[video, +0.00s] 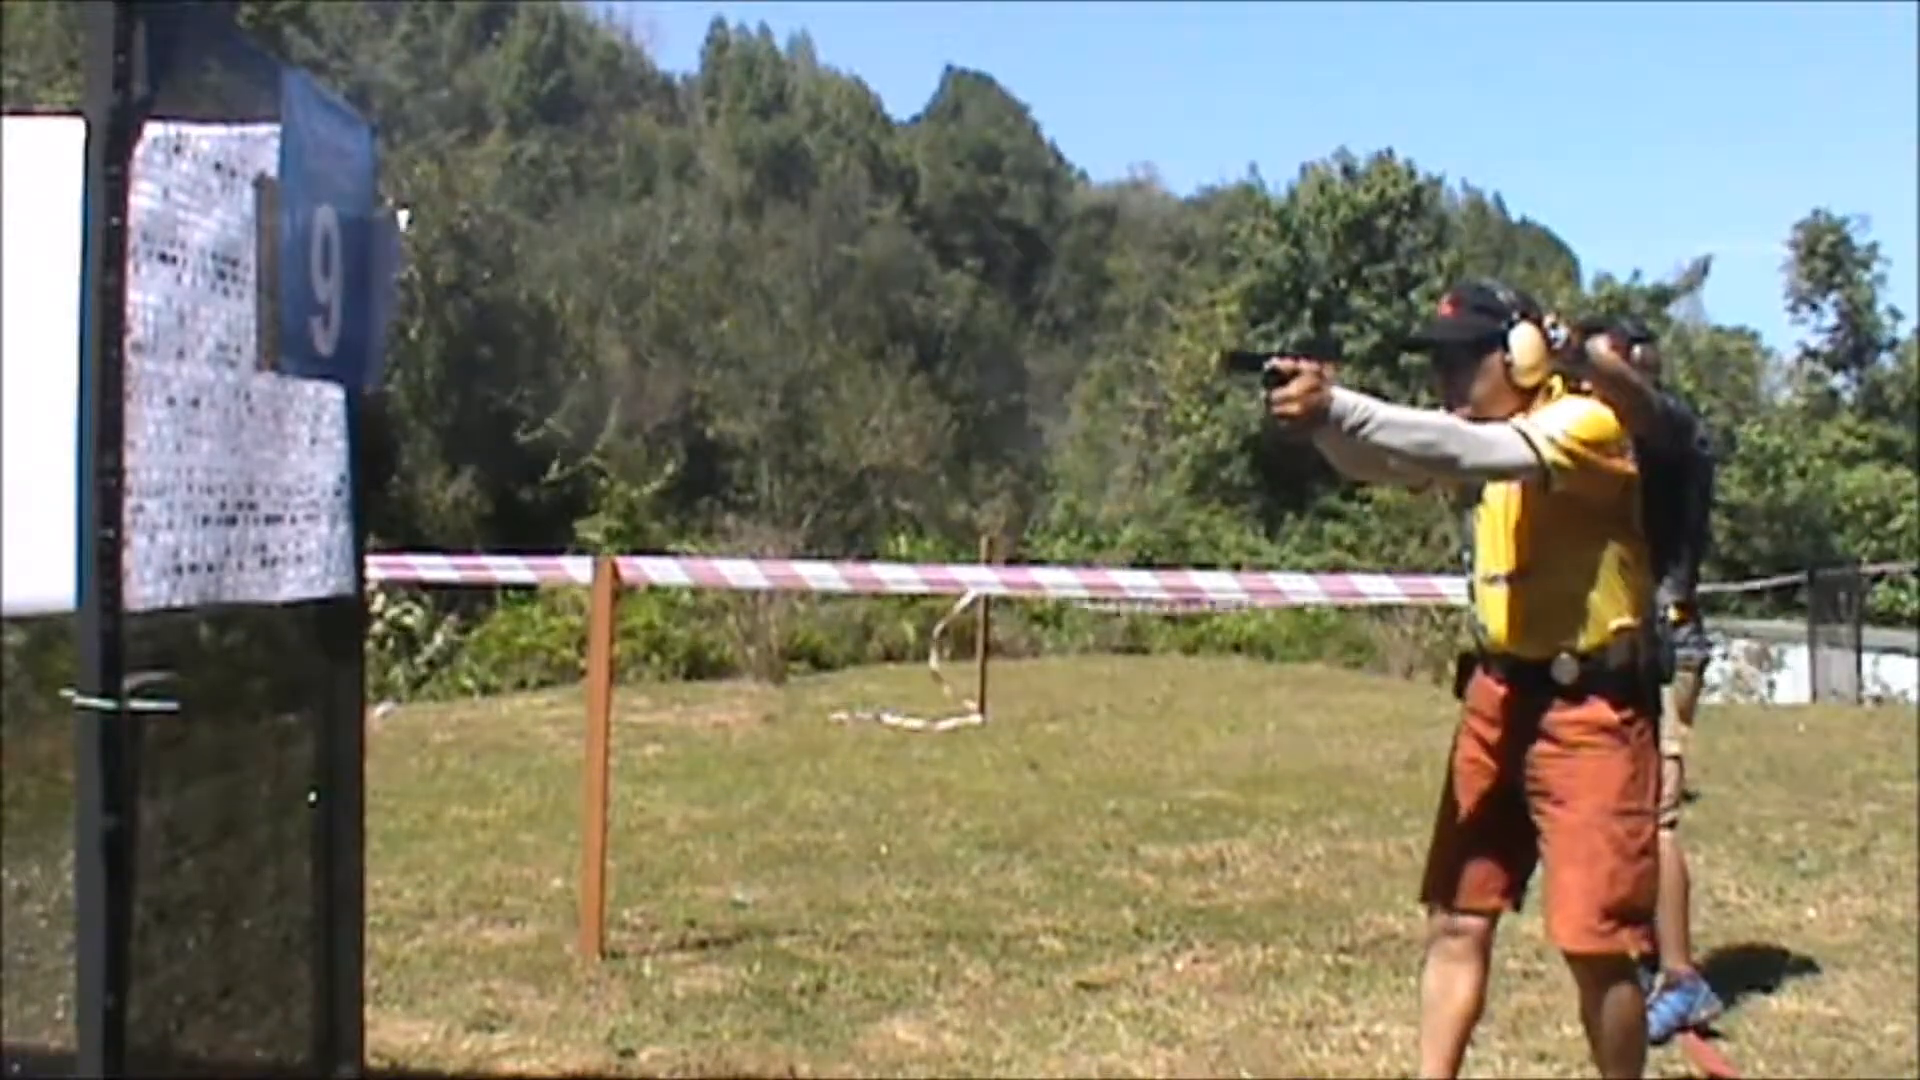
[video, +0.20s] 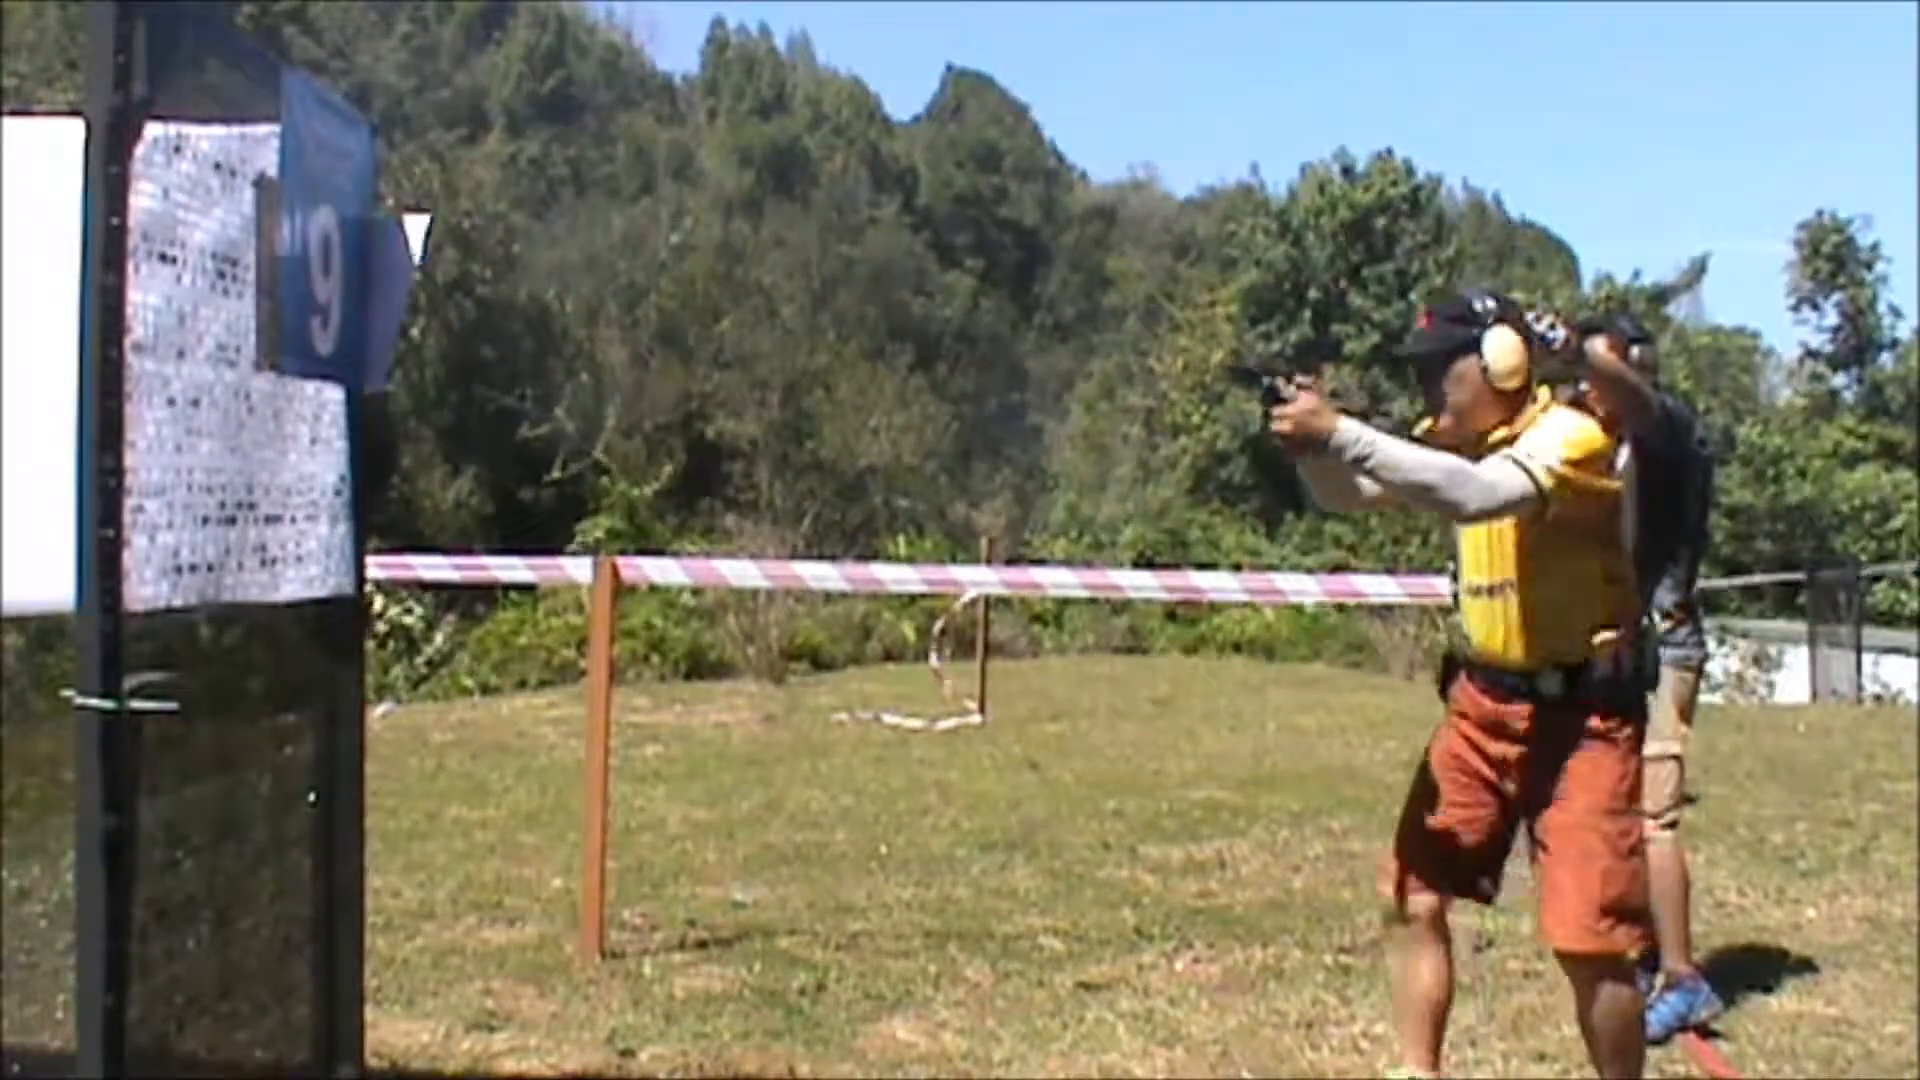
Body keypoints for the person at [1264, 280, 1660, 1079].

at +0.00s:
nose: (1447, 387)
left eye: (1461, 366)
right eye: (1441, 367)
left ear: (1512, 356)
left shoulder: (1589, 420)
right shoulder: (1485, 435)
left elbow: (1474, 447)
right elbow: (1393, 467)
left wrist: (1339, 404)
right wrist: (1320, 421)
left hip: (1595, 708)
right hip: (1499, 698)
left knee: (1596, 943)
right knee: (1460, 919)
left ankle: (1624, 1073)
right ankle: (1433, 1072)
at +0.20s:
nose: (1432, 394)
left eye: (1443, 373)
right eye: (1430, 376)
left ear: (1498, 367)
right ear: (1467, 375)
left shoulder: (1574, 431)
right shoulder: (1461, 448)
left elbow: (1481, 492)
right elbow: (1348, 496)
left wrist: (1343, 432)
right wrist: (1308, 444)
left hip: (1586, 718)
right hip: (1485, 708)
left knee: (1590, 942)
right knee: (1418, 899)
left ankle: (1622, 1074)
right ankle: (1418, 1069)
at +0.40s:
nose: (1389, 469)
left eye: (1402, 461)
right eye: (1394, 457)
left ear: (1441, 475)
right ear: (1423, 468)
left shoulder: (1523, 526)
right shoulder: (1394, 515)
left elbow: (1420, 618)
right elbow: (1297, 605)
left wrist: (1277, 570)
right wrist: (1247, 581)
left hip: (1535, 773)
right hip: (1433, 757)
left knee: (1548, 972)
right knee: (1311, 901)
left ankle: (1606, 1073)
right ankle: (1294, 1062)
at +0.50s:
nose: (1296, 509)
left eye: (1304, 495)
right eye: (1297, 495)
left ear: (1343, 502)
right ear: (1322, 507)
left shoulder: (1426, 544)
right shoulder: (1315, 564)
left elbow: (1422, 644)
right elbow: (1244, 633)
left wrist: (1314, 680)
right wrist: (1162, 620)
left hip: (1473, 796)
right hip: (1374, 785)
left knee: (1501, 990)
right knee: (1244, 904)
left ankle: (1590, 1072)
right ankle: (1201, 1064)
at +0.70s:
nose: (1035, 484)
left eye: (1046, 470)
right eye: (1037, 472)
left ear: (1081, 475)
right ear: (1082, 480)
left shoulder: (1119, 515)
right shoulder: (1097, 562)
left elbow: (1203, 560)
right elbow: (1053, 659)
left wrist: (1222, 683)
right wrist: (952, 623)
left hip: (1285, 761)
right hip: (1213, 779)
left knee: (1393, 954)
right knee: (1116, 901)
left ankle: (1529, 1070)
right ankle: (1173, 1067)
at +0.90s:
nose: (793, 475)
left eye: (800, 460)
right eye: (793, 464)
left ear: (832, 464)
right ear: (824, 482)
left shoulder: (878, 483)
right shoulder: (855, 575)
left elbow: (957, 470)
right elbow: (792, 646)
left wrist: (897, 569)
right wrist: (693, 602)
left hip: (1033, 703)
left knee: (899, 894)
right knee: (1033, 917)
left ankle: (1065, 1007)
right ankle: (1143, 1050)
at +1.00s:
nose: (684, 435)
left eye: (693, 420)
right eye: (684, 423)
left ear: (728, 418)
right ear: (731, 423)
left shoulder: (771, 451)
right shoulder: (749, 502)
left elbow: (838, 497)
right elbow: (697, 615)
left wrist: (738, 585)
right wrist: (598, 573)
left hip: (902, 686)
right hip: (917, 689)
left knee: (756, 859)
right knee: (993, 884)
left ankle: (794, 1049)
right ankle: (1126, 1034)